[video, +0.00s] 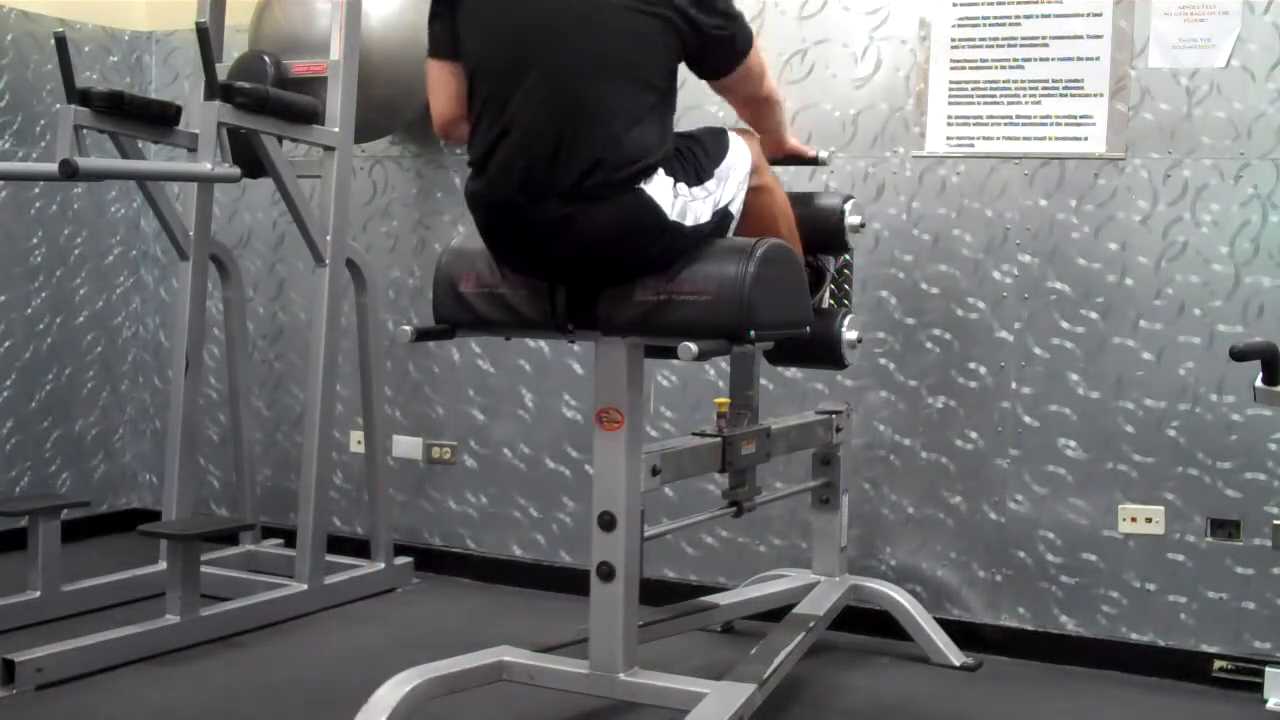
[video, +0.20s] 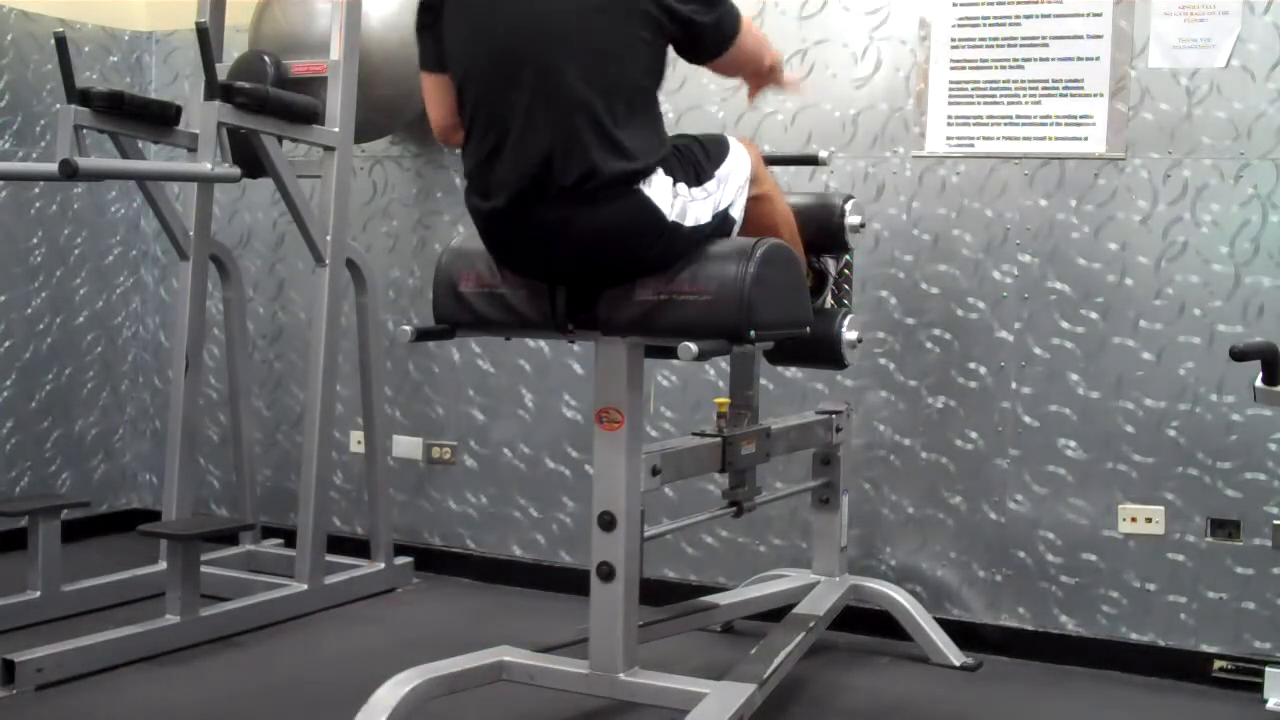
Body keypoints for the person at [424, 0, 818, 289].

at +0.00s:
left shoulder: (457, 1)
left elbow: (448, 118)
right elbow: (754, 88)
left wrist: (524, 127)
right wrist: (778, 143)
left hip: (511, 235)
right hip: (628, 228)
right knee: (745, 150)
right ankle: (796, 302)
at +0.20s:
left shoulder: (442, 2)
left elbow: (446, 124)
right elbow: (746, 58)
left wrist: (518, 109)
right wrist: (764, 70)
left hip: (512, 238)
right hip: (627, 226)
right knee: (744, 160)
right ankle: (796, 303)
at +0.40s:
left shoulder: (395, 20)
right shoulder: (584, 7)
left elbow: (416, 132)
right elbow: (709, 18)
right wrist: (758, 3)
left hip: (503, 252)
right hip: (609, 232)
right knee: (737, 179)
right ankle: (803, 299)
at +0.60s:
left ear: (355, 2)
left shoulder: (331, 84)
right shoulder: (499, 64)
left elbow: (443, 164)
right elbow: (665, 7)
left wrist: (558, 131)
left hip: (489, 259)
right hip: (597, 253)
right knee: (714, 184)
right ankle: (802, 266)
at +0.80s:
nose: (345, 131)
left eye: (328, 137)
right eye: (339, 149)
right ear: (375, 216)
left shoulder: (327, 267)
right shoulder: (466, 248)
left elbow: (437, 170)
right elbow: (592, 103)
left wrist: (541, 138)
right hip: (606, 250)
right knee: (728, 189)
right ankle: (802, 273)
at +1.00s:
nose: (345, 381)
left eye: (317, 384)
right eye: (344, 419)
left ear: (305, 368)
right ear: (364, 438)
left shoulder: (336, 314)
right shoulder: (472, 385)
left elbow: (398, 235)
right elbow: (554, 414)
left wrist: (511, 164)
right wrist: (403, 444)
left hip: (565, 194)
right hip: (613, 251)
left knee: (706, 176)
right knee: (735, 193)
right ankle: (806, 297)